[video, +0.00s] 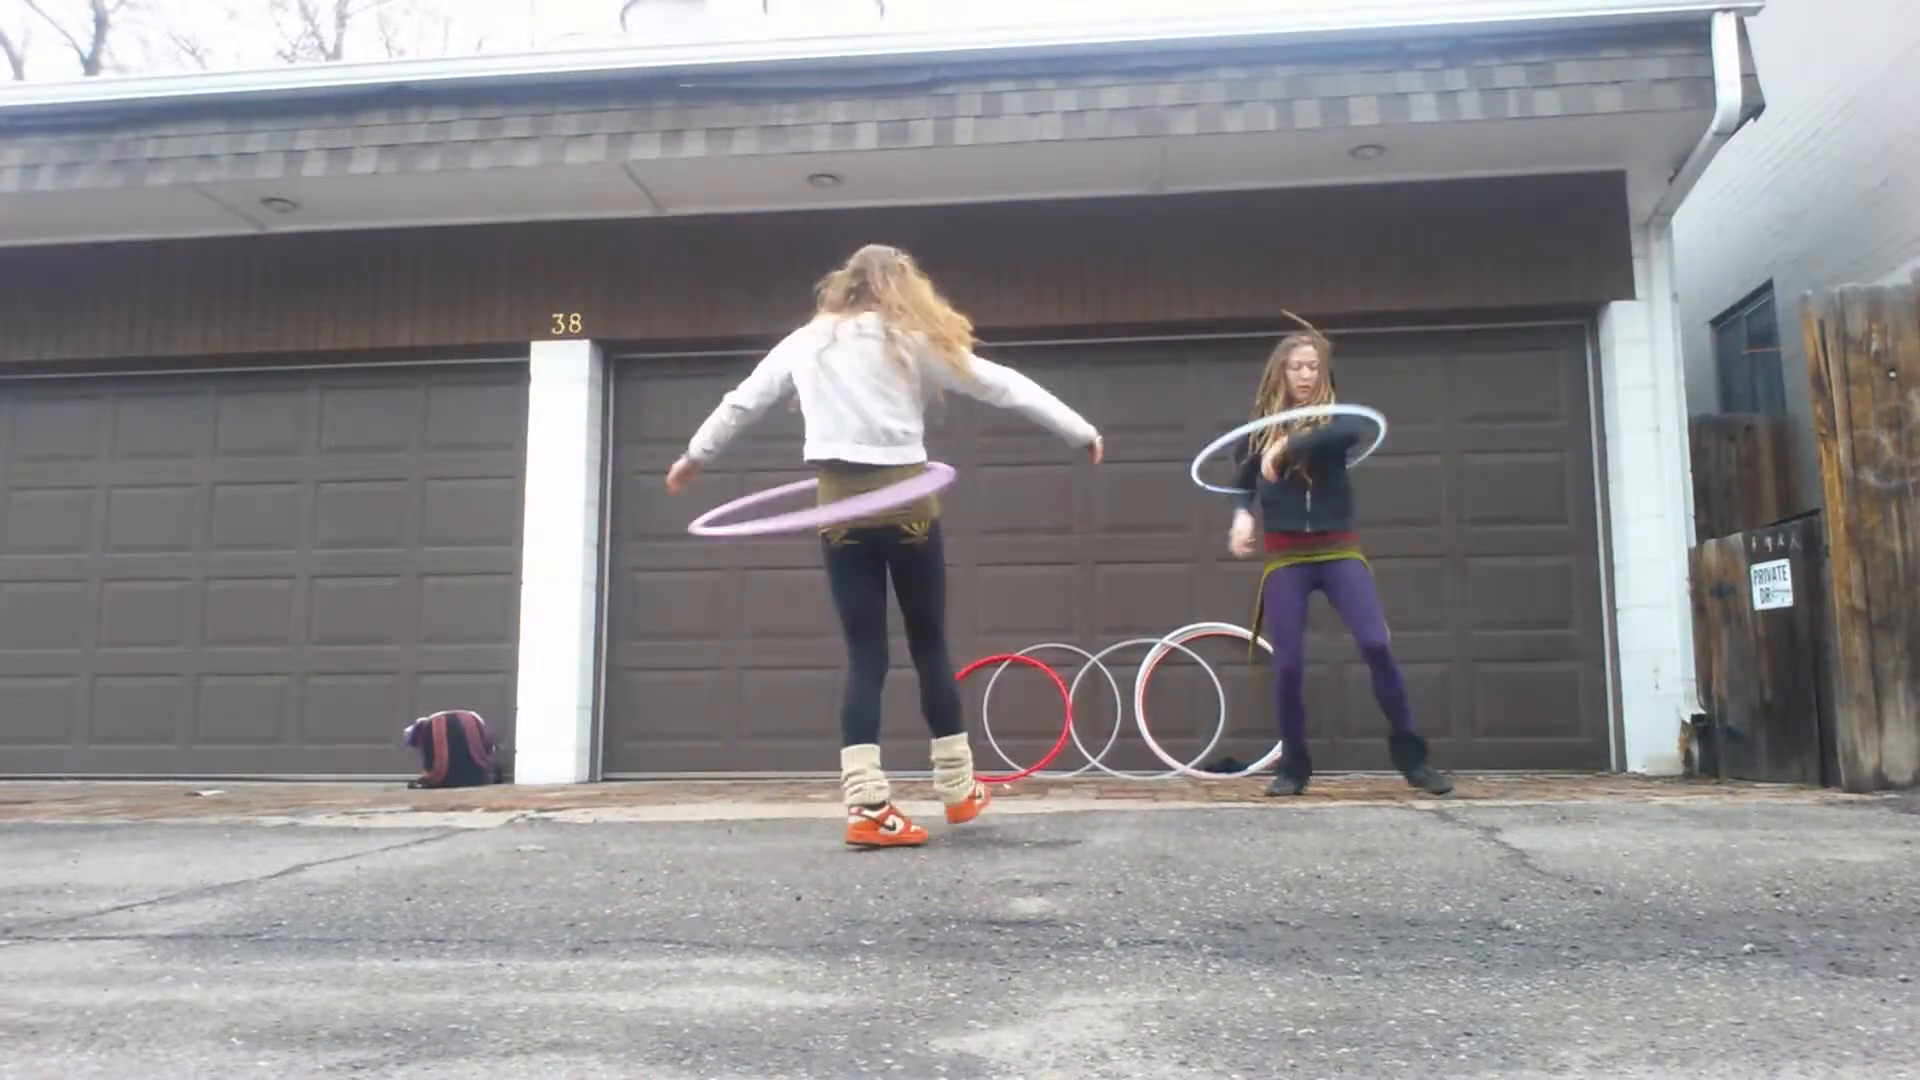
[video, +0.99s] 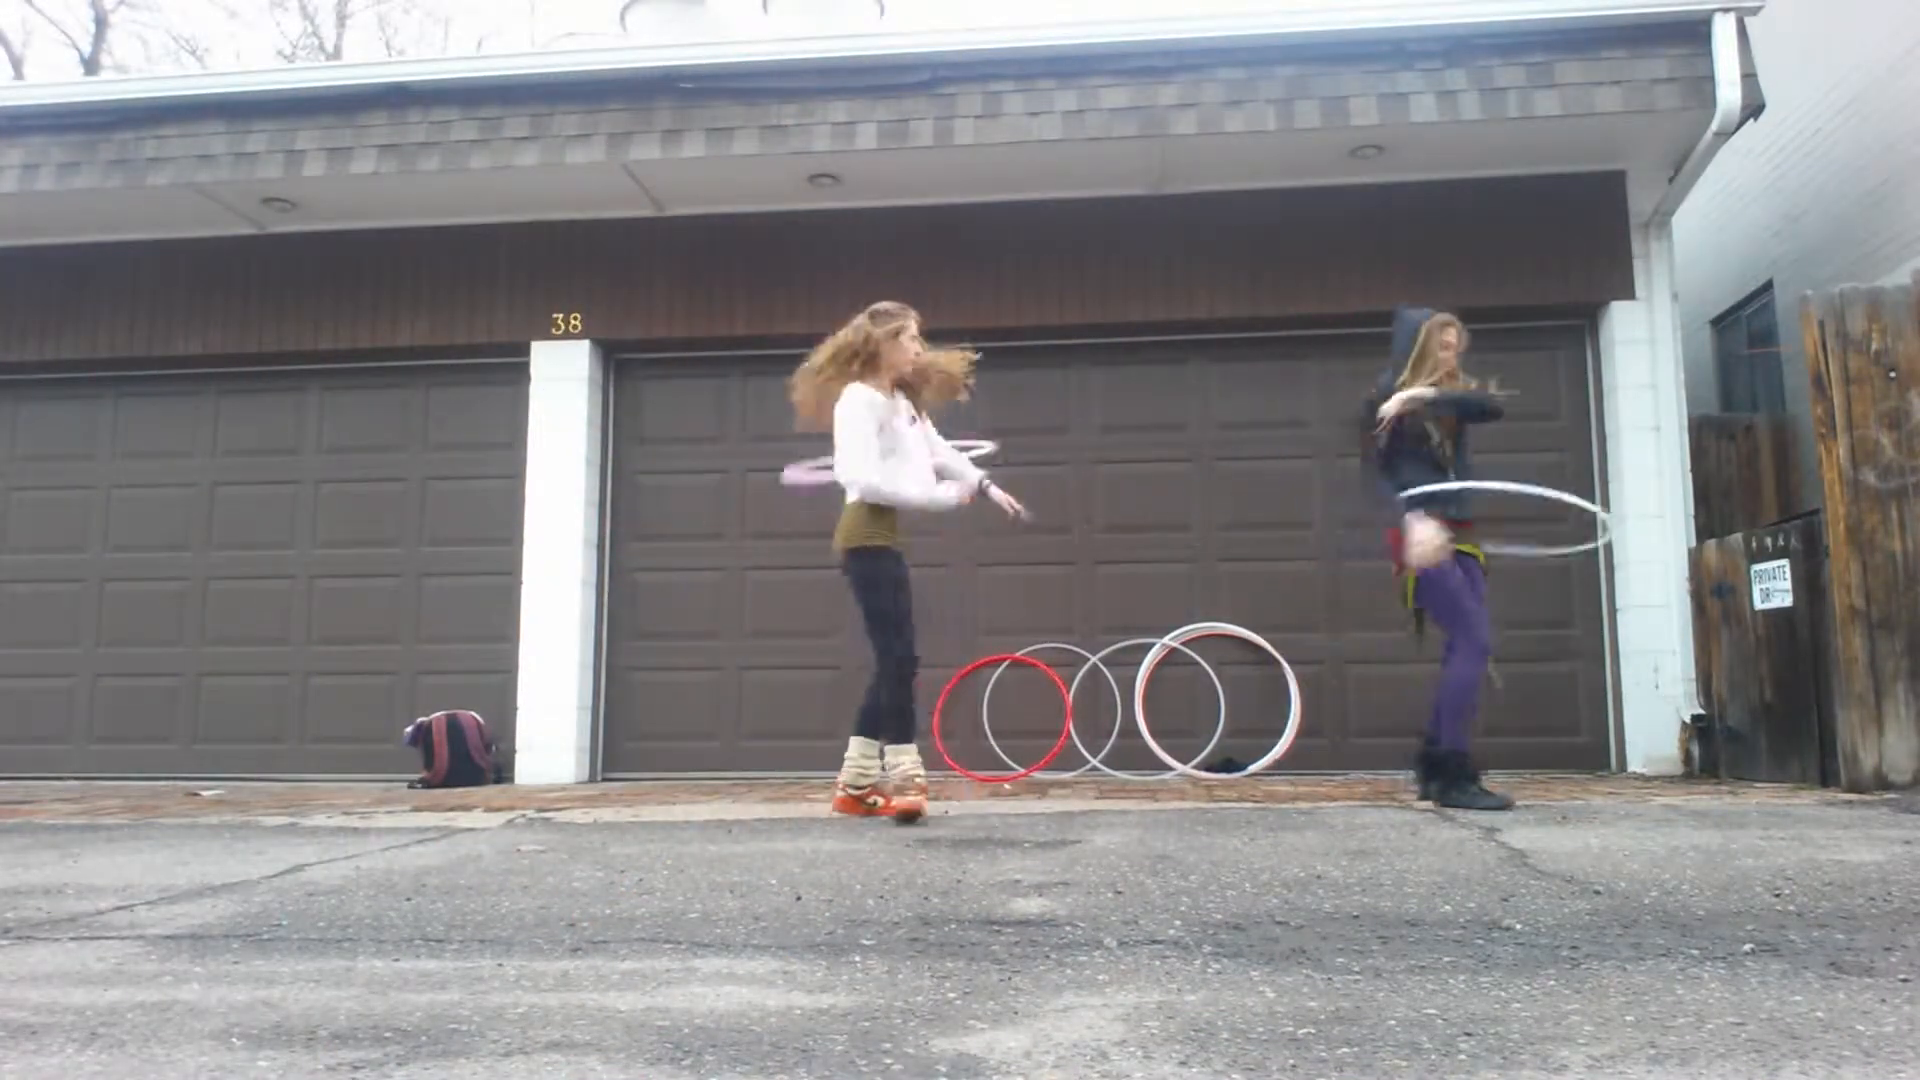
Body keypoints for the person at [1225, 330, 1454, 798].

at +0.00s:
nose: (1305, 376)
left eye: (1313, 368)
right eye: (1297, 367)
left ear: (1323, 373)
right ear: (1281, 372)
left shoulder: (1339, 417)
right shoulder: (1261, 425)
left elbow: (1344, 432)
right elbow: (1244, 481)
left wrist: (1289, 447)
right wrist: (1243, 513)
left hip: (1339, 550)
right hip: (1284, 555)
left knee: (1377, 644)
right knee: (1287, 662)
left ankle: (1411, 757)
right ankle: (1294, 766)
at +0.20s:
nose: (1323, 373)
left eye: (1330, 365)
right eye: (1315, 365)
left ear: (1339, 370)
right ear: (1299, 372)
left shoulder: (1357, 416)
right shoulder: (1286, 421)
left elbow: (1415, 392)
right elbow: (1288, 453)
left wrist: (1382, 398)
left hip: (1358, 542)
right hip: (1304, 546)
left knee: (1383, 646)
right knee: (1303, 660)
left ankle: (1425, 764)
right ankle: (1297, 763)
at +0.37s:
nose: (1353, 365)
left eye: (1358, 358)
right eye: (1343, 358)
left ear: (1368, 365)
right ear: (1320, 365)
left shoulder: (1376, 413)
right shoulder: (1305, 408)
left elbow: (1398, 474)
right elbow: (1338, 394)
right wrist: (1396, 362)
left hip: (1388, 538)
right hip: (1333, 540)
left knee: (1406, 644)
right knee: (1320, 654)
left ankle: (1424, 762)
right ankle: (1290, 757)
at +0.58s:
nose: (1387, 370)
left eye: (1394, 361)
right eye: (1378, 361)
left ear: (1403, 367)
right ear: (1360, 368)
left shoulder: (1418, 416)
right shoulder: (1343, 415)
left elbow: (1445, 465)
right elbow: (1306, 408)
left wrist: (1456, 501)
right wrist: (1338, 364)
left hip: (1431, 541)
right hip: (1373, 543)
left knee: (1440, 651)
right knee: (1373, 655)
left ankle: (1432, 769)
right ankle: (1335, 752)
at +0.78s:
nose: (1423, 369)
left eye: (1430, 361)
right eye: (1414, 360)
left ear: (1437, 364)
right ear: (1394, 362)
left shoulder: (1444, 409)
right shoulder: (1367, 415)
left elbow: (1437, 431)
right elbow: (1326, 468)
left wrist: (1369, 423)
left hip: (1454, 538)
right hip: (1401, 541)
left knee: (1456, 641)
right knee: (1449, 626)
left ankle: (1440, 763)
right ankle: (1431, 756)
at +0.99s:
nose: (1451, 352)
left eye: (1455, 346)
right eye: (1442, 343)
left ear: (1458, 350)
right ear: (1419, 344)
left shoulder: (1455, 395)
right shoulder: (1390, 398)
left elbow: (1492, 407)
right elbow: (1379, 471)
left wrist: (1424, 398)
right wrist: (1410, 519)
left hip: (1460, 531)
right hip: (1421, 532)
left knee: (1470, 642)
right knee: (1471, 638)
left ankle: (1438, 761)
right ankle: (1451, 770)